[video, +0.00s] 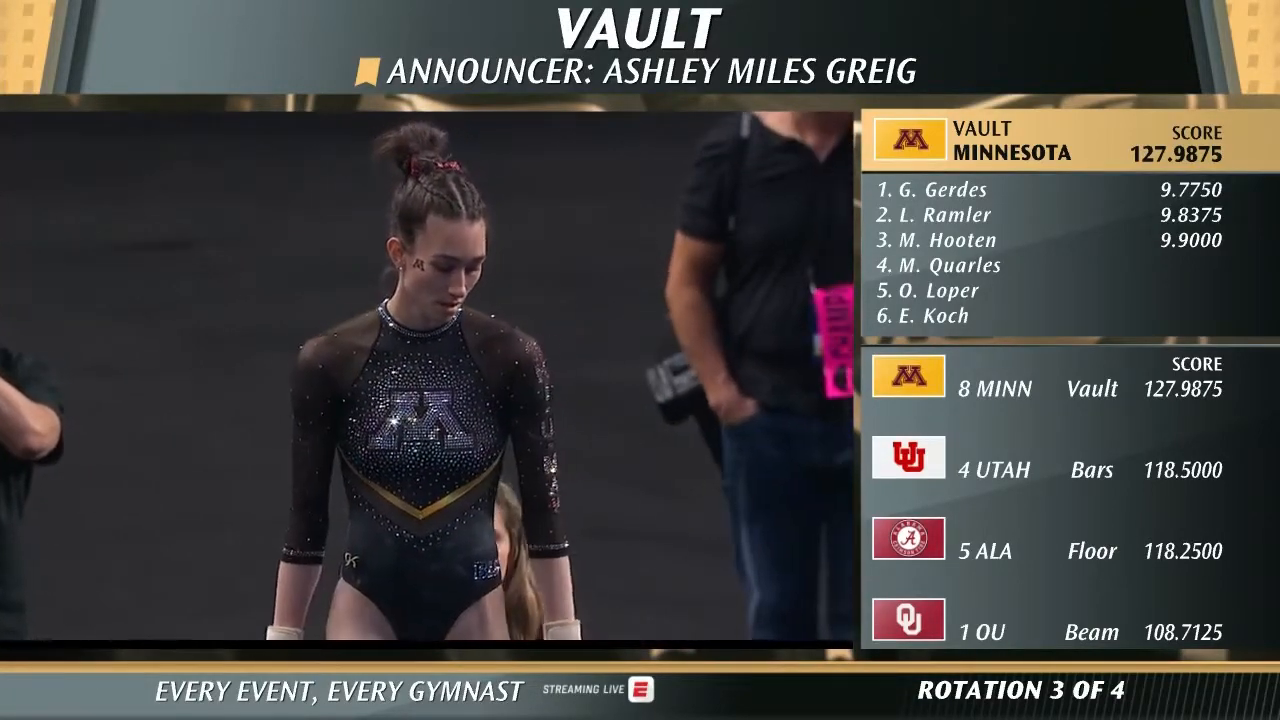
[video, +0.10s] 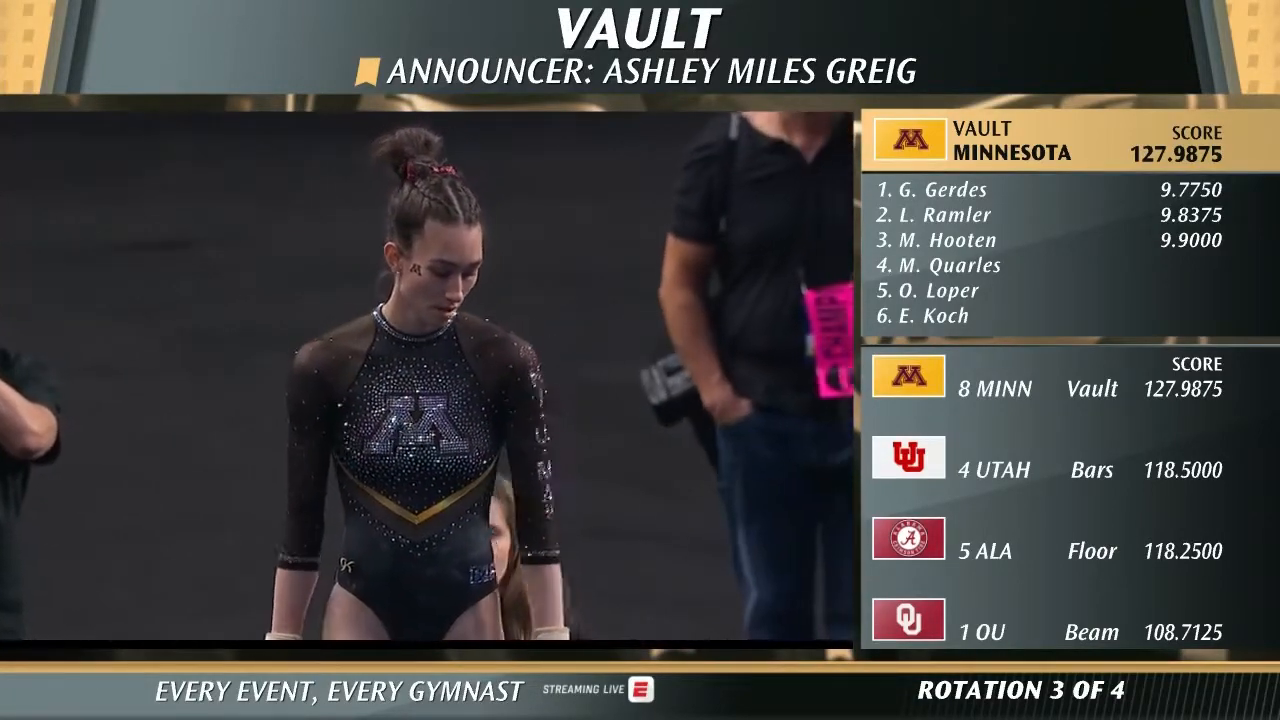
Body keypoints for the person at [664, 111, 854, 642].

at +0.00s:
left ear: (859, 74)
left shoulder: (878, 153)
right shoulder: (734, 148)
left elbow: (915, 276)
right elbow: (685, 284)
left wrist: (890, 394)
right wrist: (727, 399)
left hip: (868, 422)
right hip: (768, 424)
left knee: (863, 613)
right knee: (780, 613)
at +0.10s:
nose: (813, 87)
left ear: (845, 77)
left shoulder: (868, 153)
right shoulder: (723, 152)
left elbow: (903, 273)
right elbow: (679, 285)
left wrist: (880, 393)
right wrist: (721, 399)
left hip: (861, 421)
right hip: (761, 424)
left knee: (858, 610)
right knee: (776, 610)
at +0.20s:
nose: (809, 92)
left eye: (816, 84)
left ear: (831, 85)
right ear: (770, 80)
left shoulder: (861, 155)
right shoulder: (714, 161)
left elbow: (901, 272)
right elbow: (673, 292)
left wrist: (881, 393)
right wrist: (722, 403)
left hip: (862, 421)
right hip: (763, 426)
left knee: (858, 608)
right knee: (777, 608)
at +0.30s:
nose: (797, 92)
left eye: (805, 84)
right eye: (787, 84)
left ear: (820, 85)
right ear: (756, 80)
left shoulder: (855, 153)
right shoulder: (706, 165)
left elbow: (899, 268)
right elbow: (669, 294)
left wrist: (879, 391)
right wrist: (726, 404)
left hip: (863, 420)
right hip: (764, 425)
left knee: (862, 608)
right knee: (779, 607)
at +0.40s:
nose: (782, 88)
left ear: (810, 77)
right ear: (745, 77)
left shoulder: (854, 148)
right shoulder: (702, 164)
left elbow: (900, 266)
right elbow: (669, 298)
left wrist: (882, 389)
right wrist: (728, 404)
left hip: (866, 417)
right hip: (765, 424)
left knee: (868, 608)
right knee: (780, 608)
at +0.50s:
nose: (777, 90)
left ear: (804, 77)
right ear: (739, 78)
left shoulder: (848, 146)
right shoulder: (698, 163)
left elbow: (896, 263)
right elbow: (667, 294)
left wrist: (878, 384)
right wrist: (727, 399)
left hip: (863, 411)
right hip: (764, 419)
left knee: (870, 600)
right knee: (778, 602)